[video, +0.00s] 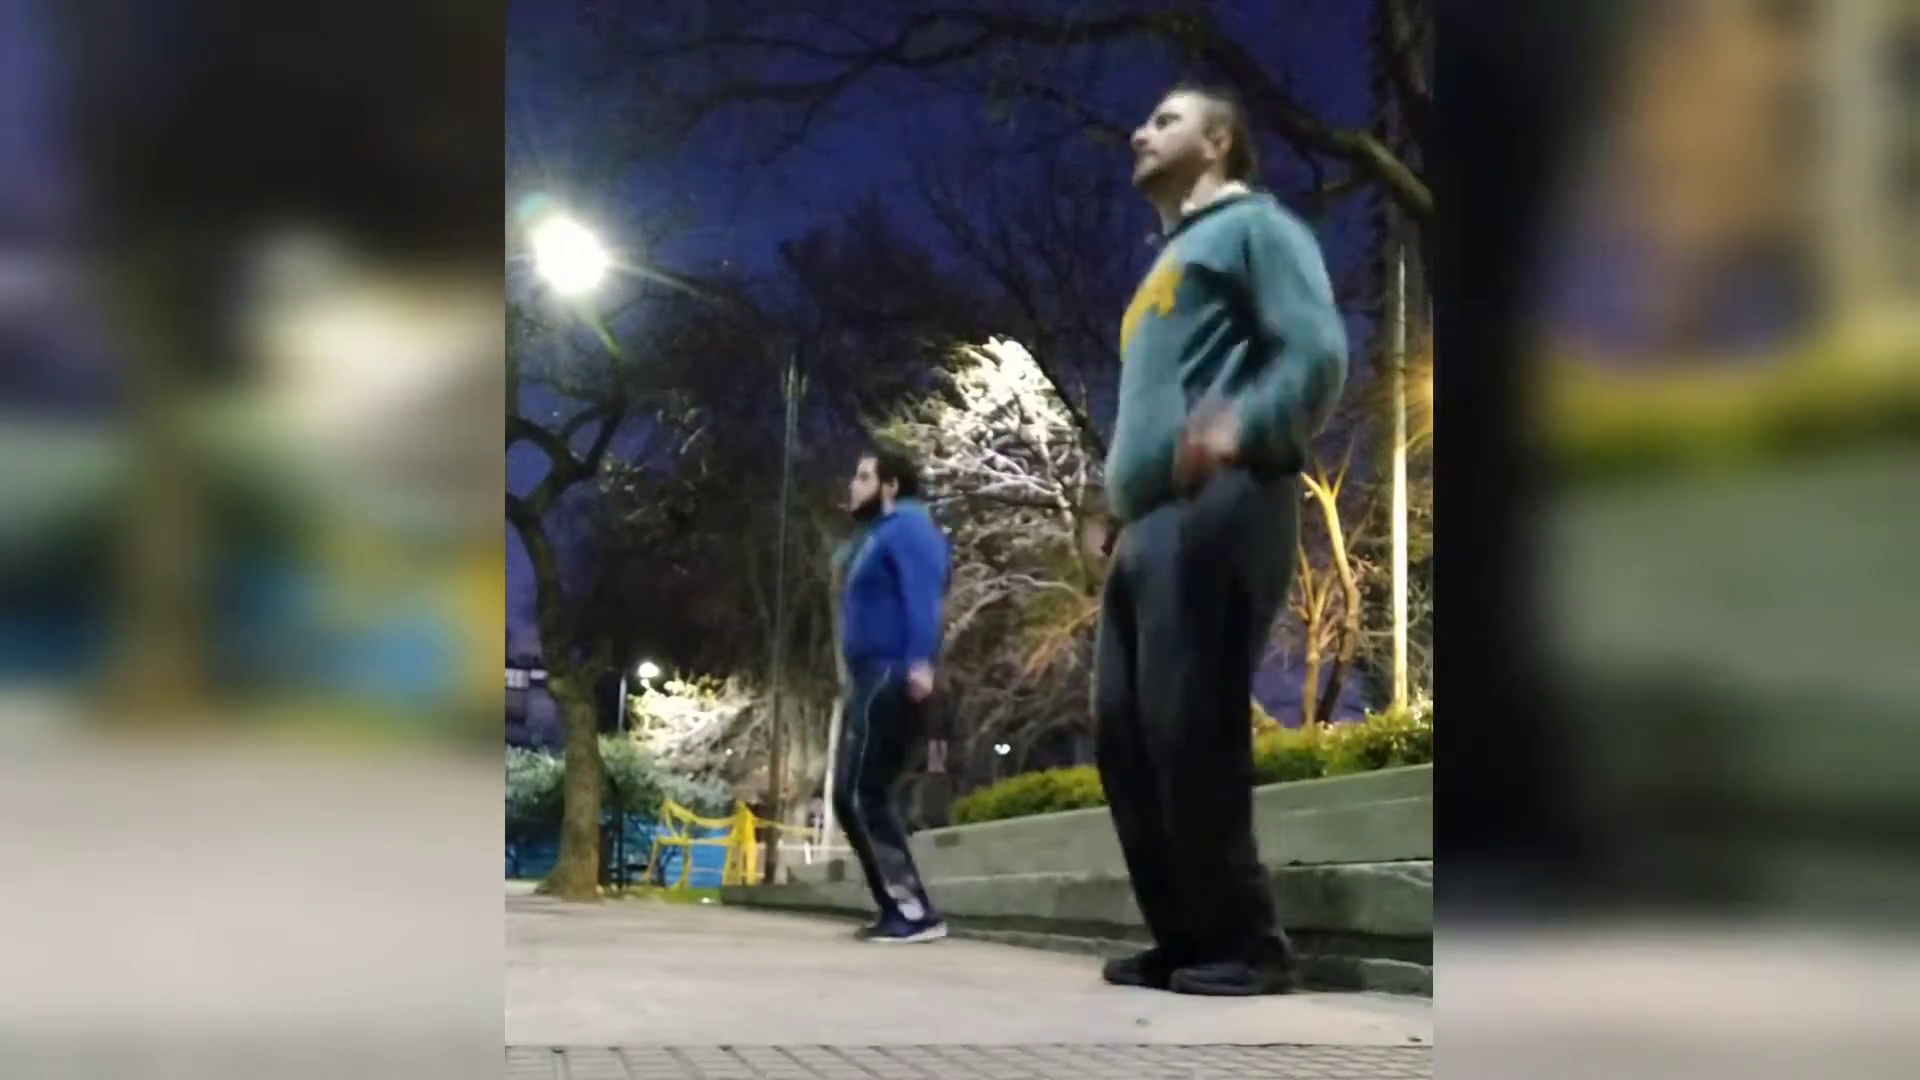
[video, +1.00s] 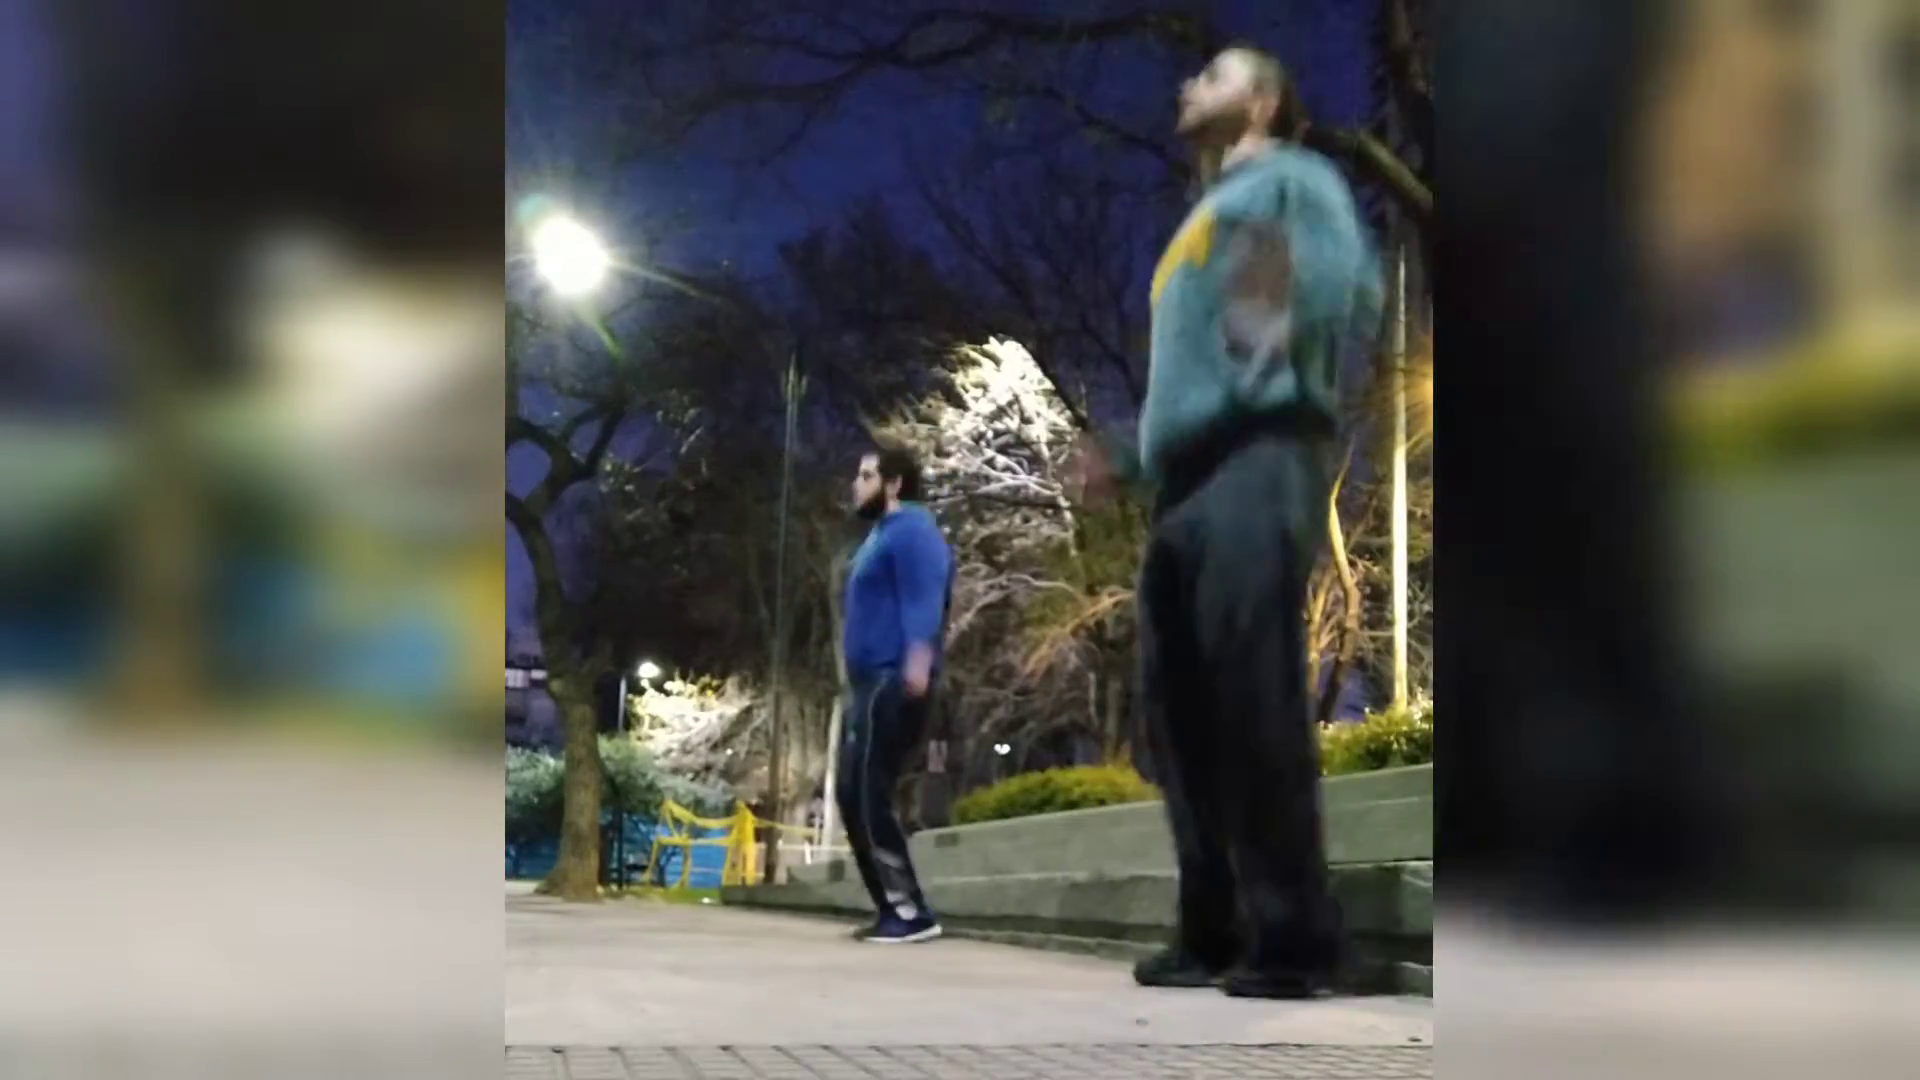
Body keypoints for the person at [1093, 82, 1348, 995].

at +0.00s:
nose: (1141, 133)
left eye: (1165, 119)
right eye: (1143, 122)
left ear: (1217, 141)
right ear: (1169, 153)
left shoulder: (1256, 224)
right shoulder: (1170, 255)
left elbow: (1317, 350)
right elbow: (1159, 395)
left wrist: (1242, 421)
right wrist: (1127, 511)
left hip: (1217, 508)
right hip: (1150, 520)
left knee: (1189, 724)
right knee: (1122, 732)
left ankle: (1245, 945)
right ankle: (1184, 938)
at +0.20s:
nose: (1164, 75)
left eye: (1189, 60)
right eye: (1165, 64)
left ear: (1245, 81)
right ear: (1181, 101)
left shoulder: (1269, 161)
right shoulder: (1174, 215)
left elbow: (1329, 83)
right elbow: (1140, 332)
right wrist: (1049, 283)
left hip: (1232, 427)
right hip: (1161, 449)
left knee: (1252, 665)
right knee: (1149, 685)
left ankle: (1314, 904)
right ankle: (1154, 907)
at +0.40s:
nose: (1169, 154)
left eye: (1190, 136)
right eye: (1163, 145)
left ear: (1237, 151)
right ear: (1167, 175)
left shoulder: (1264, 208)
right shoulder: (1159, 256)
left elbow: (1308, 34)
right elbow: (1131, 221)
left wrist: (1234, 30)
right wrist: (1161, 144)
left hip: (1246, 506)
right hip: (1175, 532)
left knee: (1258, 737)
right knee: (1127, 755)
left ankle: (1405, 952)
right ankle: (1154, 938)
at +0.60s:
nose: (1174, 83)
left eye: (1198, 72)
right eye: (1176, 74)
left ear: (1250, 94)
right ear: (1185, 108)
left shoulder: (1272, 154)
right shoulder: (1181, 228)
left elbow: (1353, 72)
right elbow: (1131, 296)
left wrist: (1353, 2)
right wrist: (1052, 263)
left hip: (1251, 438)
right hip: (1180, 463)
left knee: (1273, 676)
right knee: (1150, 690)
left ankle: (1361, 928)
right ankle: (1147, 908)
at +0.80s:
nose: (1178, 95)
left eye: (1200, 84)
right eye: (1178, 87)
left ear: (1250, 112)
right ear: (1182, 122)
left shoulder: (1279, 177)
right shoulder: (1185, 229)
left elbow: (1366, 277)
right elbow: (1180, 376)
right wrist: (1119, 471)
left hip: (1244, 469)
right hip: (1174, 483)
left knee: (1241, 693)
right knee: (1149, 715)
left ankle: (1300, 943)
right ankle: (1210, 937)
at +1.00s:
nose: (1193, 88)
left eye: (1214, 75)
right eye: (1196, 77)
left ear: (1262, 100)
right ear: (1214, 107)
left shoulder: (1296, 176)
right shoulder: (1205, 214)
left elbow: (1341, 279)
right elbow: (1197, 379)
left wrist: (1275, 294)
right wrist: (1125, 453)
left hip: (1263, 457)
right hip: (1187, 474)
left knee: (1249, 694)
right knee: (1179, 706)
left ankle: (1295, 946)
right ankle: (1211, 935)